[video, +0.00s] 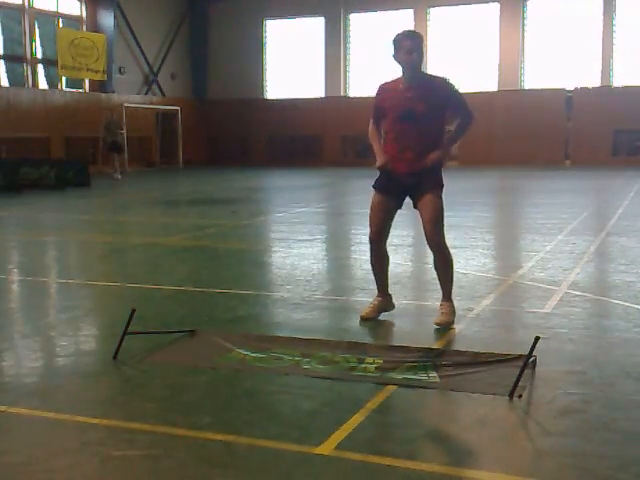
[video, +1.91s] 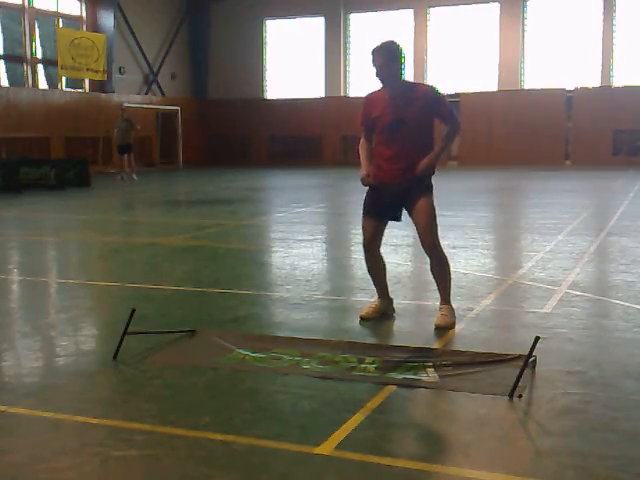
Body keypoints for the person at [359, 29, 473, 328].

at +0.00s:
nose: (412, 56)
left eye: (416, 50)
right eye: (406, 51)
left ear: (422, 54)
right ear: (396, 55)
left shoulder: (439, 86)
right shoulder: (386, 90)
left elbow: (466, 117)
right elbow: (374, 125)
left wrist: (443, 148)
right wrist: (380, 153)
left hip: (426, 174)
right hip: (391, 173)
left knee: (435, 240)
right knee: (375, 237)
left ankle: (446, 302)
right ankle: (383, 298)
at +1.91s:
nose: (377, 72)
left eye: (381, 66)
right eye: (374, 67)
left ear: (398, 64)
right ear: (375, 67)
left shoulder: (424, 95)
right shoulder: (372, 101)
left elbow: (453, 123)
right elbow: (365, 137)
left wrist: (434, 156)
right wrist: (365, 165)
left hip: (416, 181)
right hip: (381, 183)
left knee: (431, 244)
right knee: (369, 245)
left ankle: (445, 306)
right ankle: (384, 301)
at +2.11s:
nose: (369, 93)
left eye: (374, 87)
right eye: (366, 87)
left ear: (390, 85)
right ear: (365, 87)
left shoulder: (414, 116)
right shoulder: (365, 114)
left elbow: (435, 156)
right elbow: (361, 151)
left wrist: (402, 182)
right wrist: (364, 179)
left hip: (406, 193)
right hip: (372, 191)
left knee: (426, 251)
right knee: (332, 239)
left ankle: (446, 306)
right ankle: (366, 288)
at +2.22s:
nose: (346, 84)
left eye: (351, 79)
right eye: (344, 79)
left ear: (366, 77)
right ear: (344, 79)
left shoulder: (390, 107)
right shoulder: (345, 108)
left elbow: (410, 147)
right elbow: (343, 140)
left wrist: (370, 162)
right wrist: (342, 165)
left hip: (387, 191)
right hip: (352, 189)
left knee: (415, 247)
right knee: (308, 228)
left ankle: (445, 305)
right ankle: (327, 287)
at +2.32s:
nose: (315, 81)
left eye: (319, 75)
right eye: (313, 76)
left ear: (334, 73)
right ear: (313, 76)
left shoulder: (361, 99)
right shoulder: (317, 104)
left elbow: (386, 134)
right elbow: (313, 131)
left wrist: (346, 147)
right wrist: (314, 155)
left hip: (363, 183)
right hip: (328, 181)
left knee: (396, 240)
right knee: (288, 228)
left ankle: (431, 297)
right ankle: (280, 286)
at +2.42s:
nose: (294, 94)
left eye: (297, 88)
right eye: (289, 90)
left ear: (306, 85)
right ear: (285, 91)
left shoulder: (335, 110)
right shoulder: (288, 113)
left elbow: (357, 144)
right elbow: (287, 141)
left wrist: (329, 161)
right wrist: (284, 171)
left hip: (338, 187)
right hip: (304, 187)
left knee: (368, 241)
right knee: (270, 241)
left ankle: (396, 289)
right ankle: (255, 293)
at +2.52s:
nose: (268, 109)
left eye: (271, 103)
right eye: (263, 105)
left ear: (282, 104)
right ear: (260, 109)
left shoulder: (311, 129)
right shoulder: (268, 136)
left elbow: (338, 161)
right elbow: (270, 168)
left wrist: (309, 186)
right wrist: (257, 201)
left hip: (324, 194)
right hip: (292, 194)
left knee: (340, 250)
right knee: (258, 246)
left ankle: (346, 279)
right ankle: (254, 296)